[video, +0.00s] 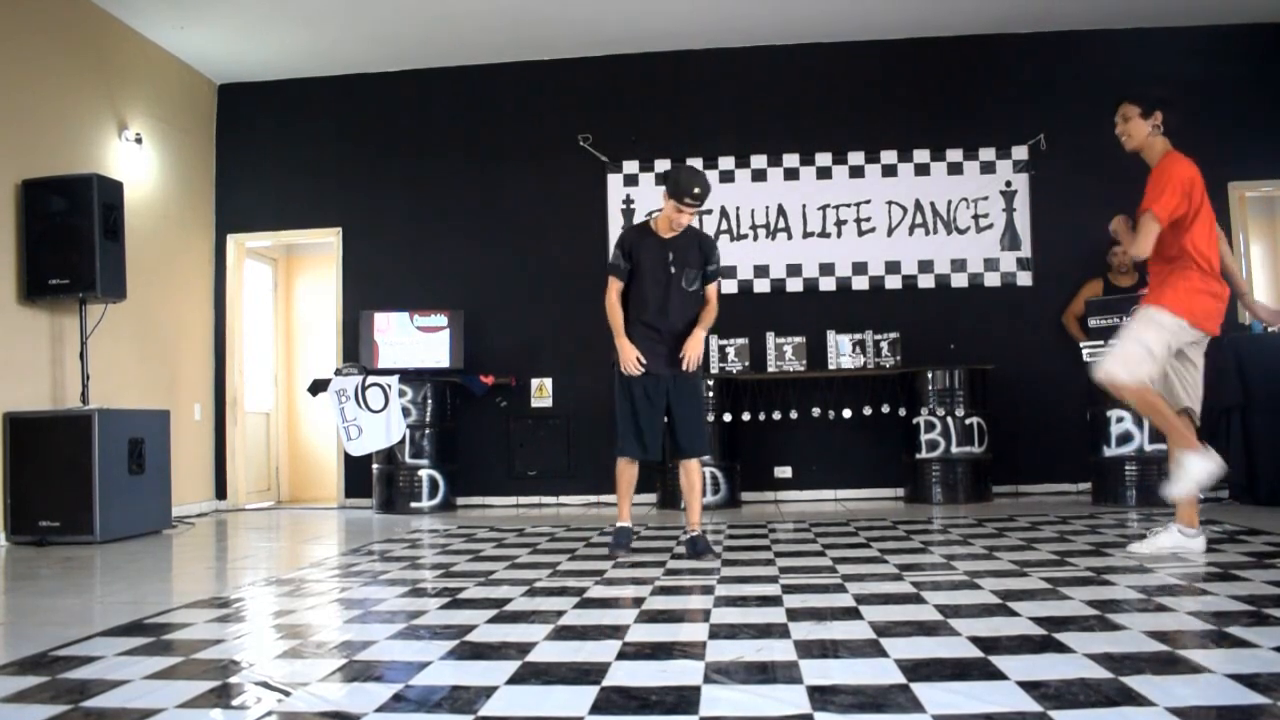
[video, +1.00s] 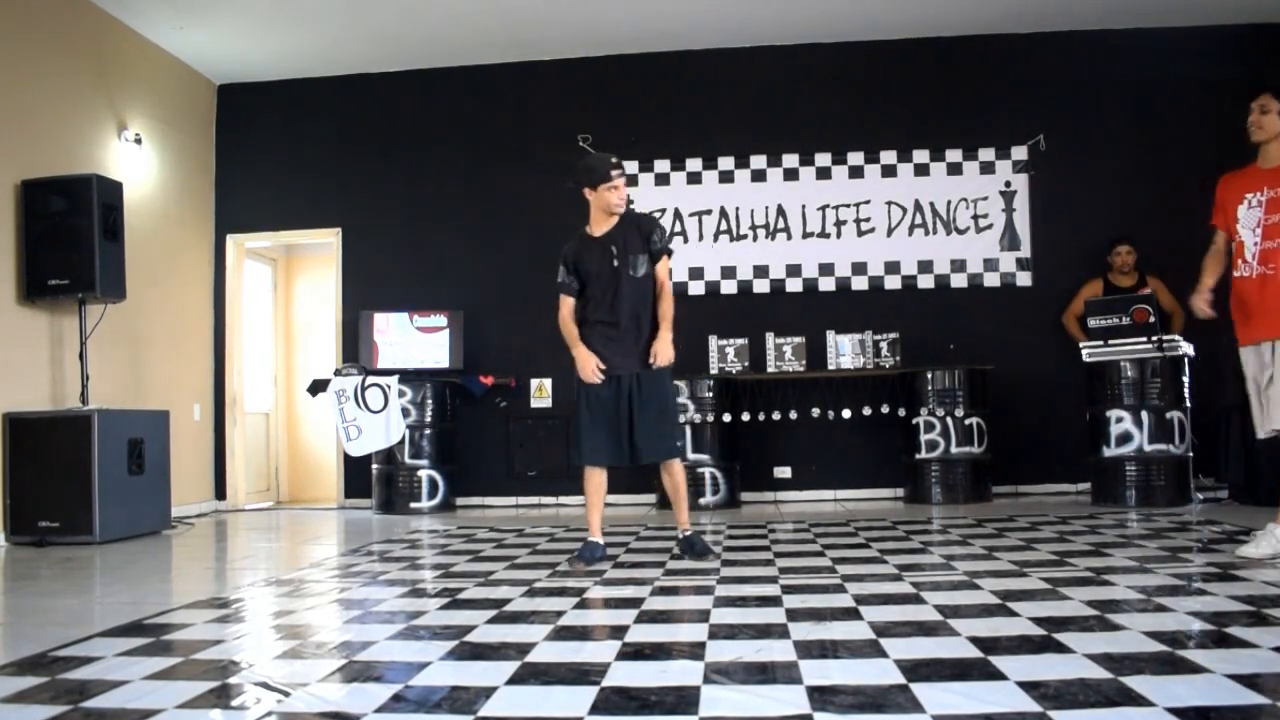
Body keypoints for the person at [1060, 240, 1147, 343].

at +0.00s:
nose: (1121, 259)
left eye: (1125, 254)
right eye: (1115, 255)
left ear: (1132, 256)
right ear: (1108, 259)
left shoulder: (1148, 284)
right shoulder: (1097, 286)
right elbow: (1068, 317)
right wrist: (1087, 345)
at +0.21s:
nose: (1122, 260)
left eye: (1127, 254)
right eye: (1116, 255)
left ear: (1134, 256)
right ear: (1108, 259)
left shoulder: (1144, 283)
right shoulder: (1097, 286)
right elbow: (1068, 317)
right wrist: (1087, 344)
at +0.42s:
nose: (1122, 260)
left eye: (1127, 254)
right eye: (1116, 255)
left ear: (1134, 256)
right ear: (1109, 259)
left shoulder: (1151, 283)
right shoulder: (1096, 287)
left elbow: (1175, 311)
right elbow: (1068, 317)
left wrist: (1171, 341)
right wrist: (1086, 345)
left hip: (1148, 355)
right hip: (1111, 357)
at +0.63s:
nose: (1122, 259)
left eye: (1127, 254)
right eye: (1117, 255)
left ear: (1134, 257)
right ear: (1109, 260)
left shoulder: (1149, 283)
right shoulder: (1096, 287)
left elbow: (1177, 313)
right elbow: (1068, 318)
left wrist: (1169, 344)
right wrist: (1087, 346)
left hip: (1146, 360)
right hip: (1109, 362)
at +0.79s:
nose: (1123, 259)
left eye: (1128, 254)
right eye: (1117, 255)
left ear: (1135, 257)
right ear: (1109, 259)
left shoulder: (1149, 284)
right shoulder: (1096, 287)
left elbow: (1176, 313)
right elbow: (1068, 317)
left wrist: (1170, 344)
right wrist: (1087, 347)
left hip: (1147, 360)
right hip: (1110, 362)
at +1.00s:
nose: (1123, 259)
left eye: (1128, 253)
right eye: (1118, 254)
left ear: (1135, 257)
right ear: (1110, 259)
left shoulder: (1151, 284)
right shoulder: (1095, 287)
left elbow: (1176, 313)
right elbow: (1068, 317)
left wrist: (1169, 342)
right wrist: (1086, 345)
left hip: (1148, 359)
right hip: (1110, 361)